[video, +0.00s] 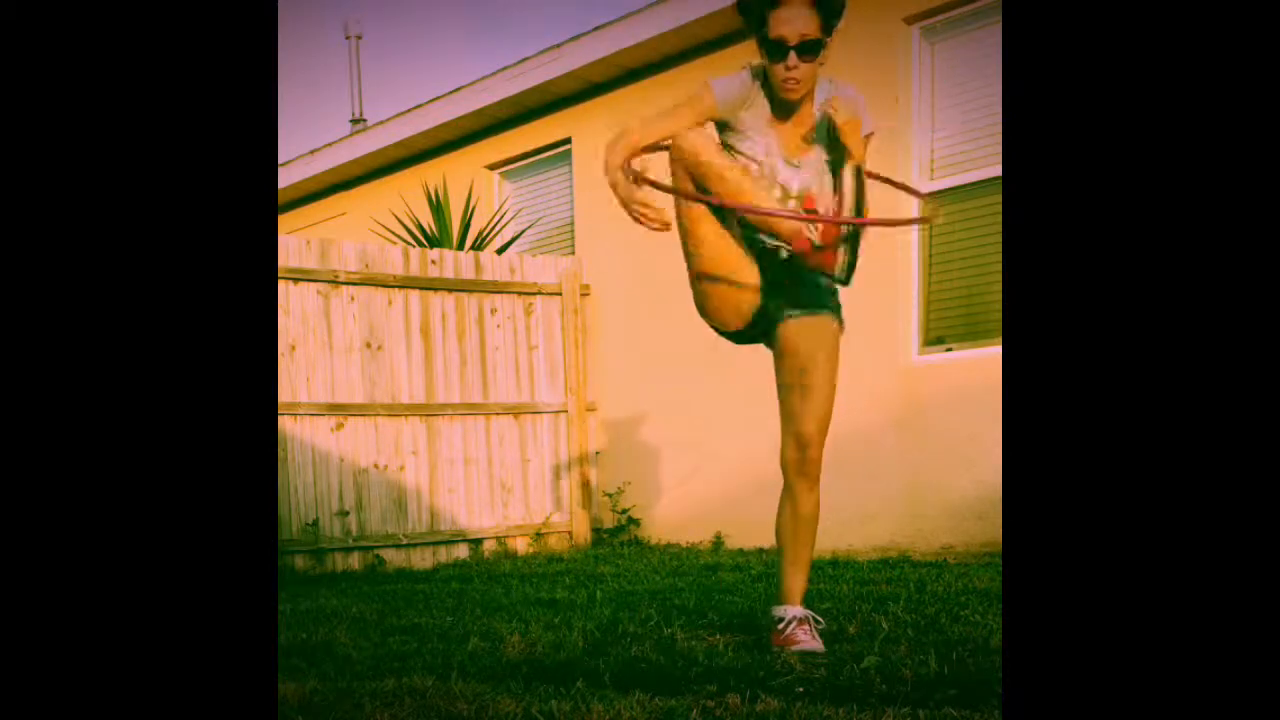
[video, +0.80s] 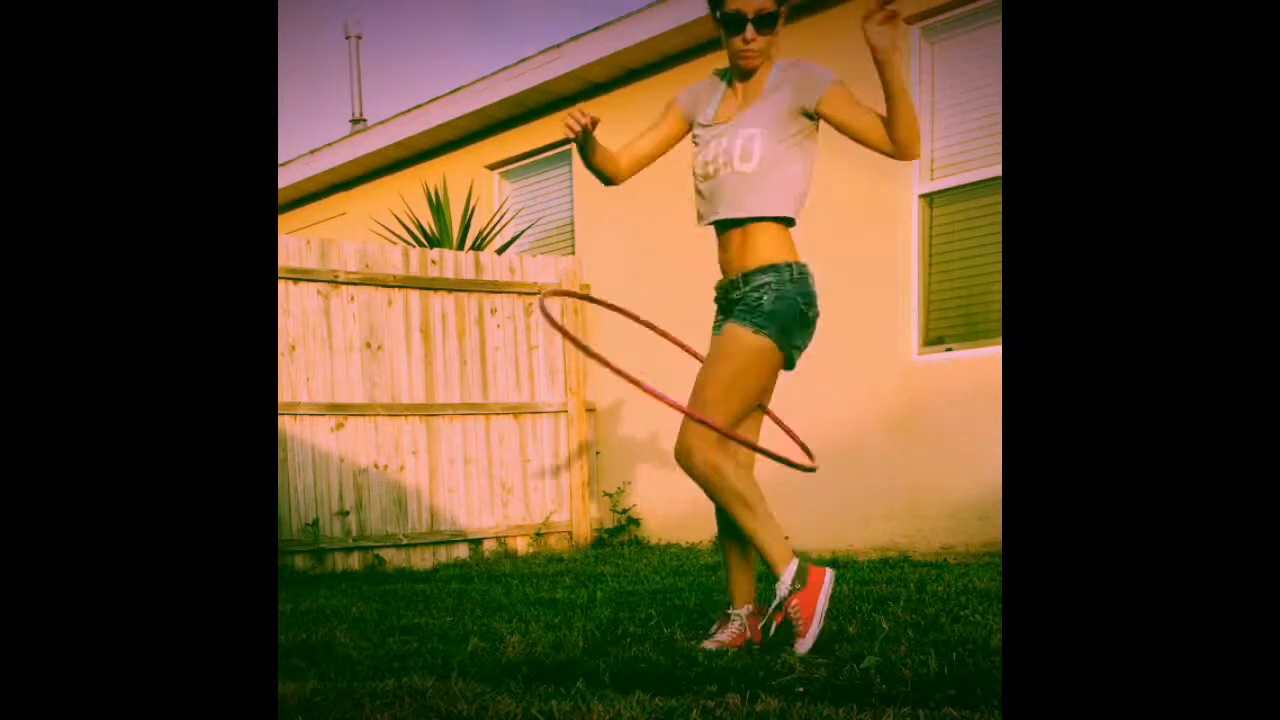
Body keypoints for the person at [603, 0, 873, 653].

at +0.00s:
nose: (791, 65)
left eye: (806, 50)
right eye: (776, 50)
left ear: (828, 44)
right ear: (758, 44)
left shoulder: (843, 107)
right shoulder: (733, 95)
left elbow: (856, 207)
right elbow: (627, 139)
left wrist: (840, 228)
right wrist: (621, 180)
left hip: (809, 293)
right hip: (737, 294)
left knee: (804, 457)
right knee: (688, 143)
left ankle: (791, 611)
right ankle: (796, 233)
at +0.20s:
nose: (781, 54)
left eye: (795, 39)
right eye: (767, 40)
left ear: (815, 36)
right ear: (748, 36)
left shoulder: (840, 104)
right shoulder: (721, 98)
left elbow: (863, 226)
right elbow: (677, 165)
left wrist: (881, 131)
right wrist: (629, 241)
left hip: (806, 290)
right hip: (732, 299)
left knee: (800, 462)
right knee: (705, 184)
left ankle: (790, 615)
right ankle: (764, 260)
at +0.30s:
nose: (772, 51)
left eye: (787, 37)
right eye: (758, 37)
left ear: (807, 32)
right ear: (740, 33)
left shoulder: (834, 102)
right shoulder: (716, 101)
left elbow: (871, 215)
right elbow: (705, 182)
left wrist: (884, 122)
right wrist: (706, 262)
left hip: (804, 298)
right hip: (732, 293)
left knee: (799, 469)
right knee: (718, 291)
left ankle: (790, 613)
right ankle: (749, 476)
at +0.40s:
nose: (765, 50)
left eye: (779, 35)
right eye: (751, 36)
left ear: (798, 31)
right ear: (734, 32)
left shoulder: (824, 100)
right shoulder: (710, 103)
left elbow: (886, 203)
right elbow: (709, 192)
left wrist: (885, 106)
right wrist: (713, 248)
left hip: (799, 301)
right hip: (721, 302)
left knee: (794, 467)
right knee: (728, 442)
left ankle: (792, 612)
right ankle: (738, 588)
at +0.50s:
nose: (758, 51)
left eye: (773, 38)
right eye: (744, 37)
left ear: (790, 36)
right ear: (726, 35)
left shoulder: (813, 102)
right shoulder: (704, 108)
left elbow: (900, 181)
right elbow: (688, 200)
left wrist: (884, 83)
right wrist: (654, 278)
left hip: (788, 306)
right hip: (716, 313)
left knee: (756, 452)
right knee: (723, 467)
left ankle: (793, 605)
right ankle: (743, 613)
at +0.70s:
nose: (748, 38)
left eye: (762, 23)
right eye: (734, 25)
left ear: (780, 24)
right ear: (717, 26)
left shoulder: (802, 85)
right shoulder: (703, 104)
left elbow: (907, 136)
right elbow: (639, 192)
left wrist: (875, 43)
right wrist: (573, 208)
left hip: (778, 293)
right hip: (727, 300)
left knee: (693, 441)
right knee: (727, 465)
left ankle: (782, 582)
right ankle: (744, 614)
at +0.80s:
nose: (748, 36)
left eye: (763, 22)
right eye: (735, 22)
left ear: (781, 22)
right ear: (717, 23)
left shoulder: (800, 82)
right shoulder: (700, 98)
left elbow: (903, 144)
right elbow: (616, 169)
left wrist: (886, 52)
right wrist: (588, 140)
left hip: (775, 290)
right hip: (735, 296)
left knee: (698, 445)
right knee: (730, 463)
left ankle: (794, 578)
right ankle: (745, 615)